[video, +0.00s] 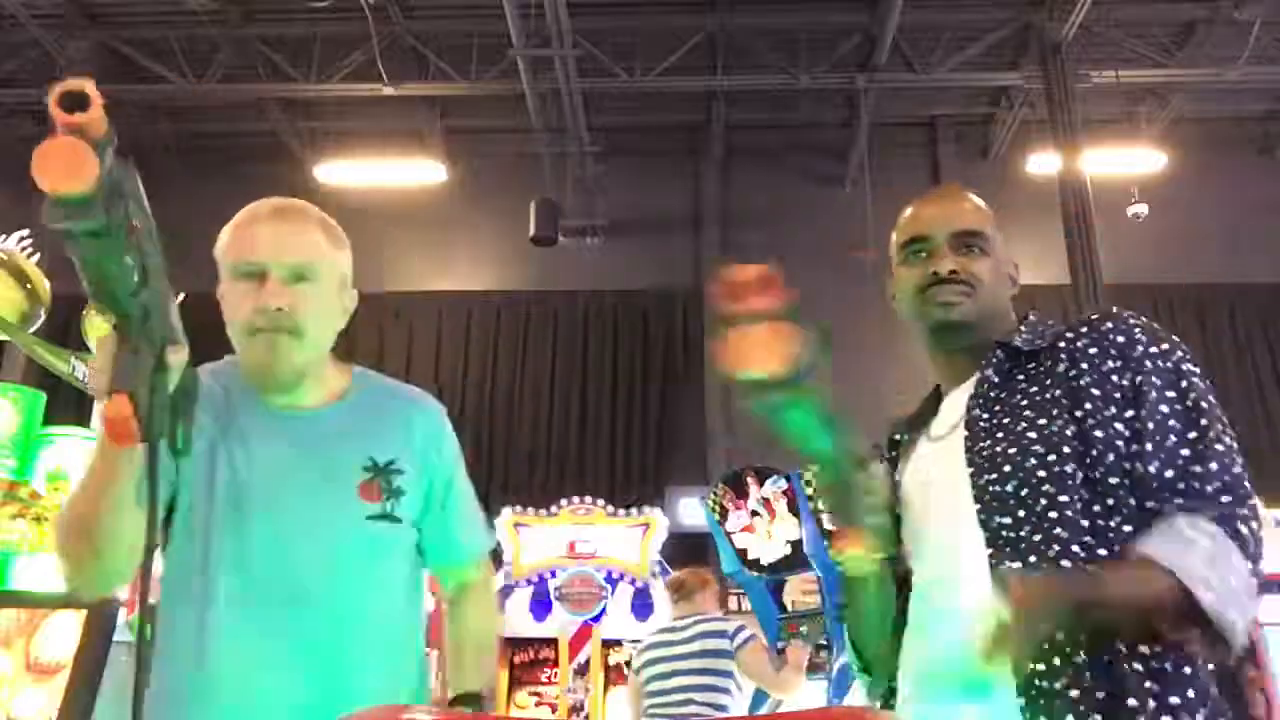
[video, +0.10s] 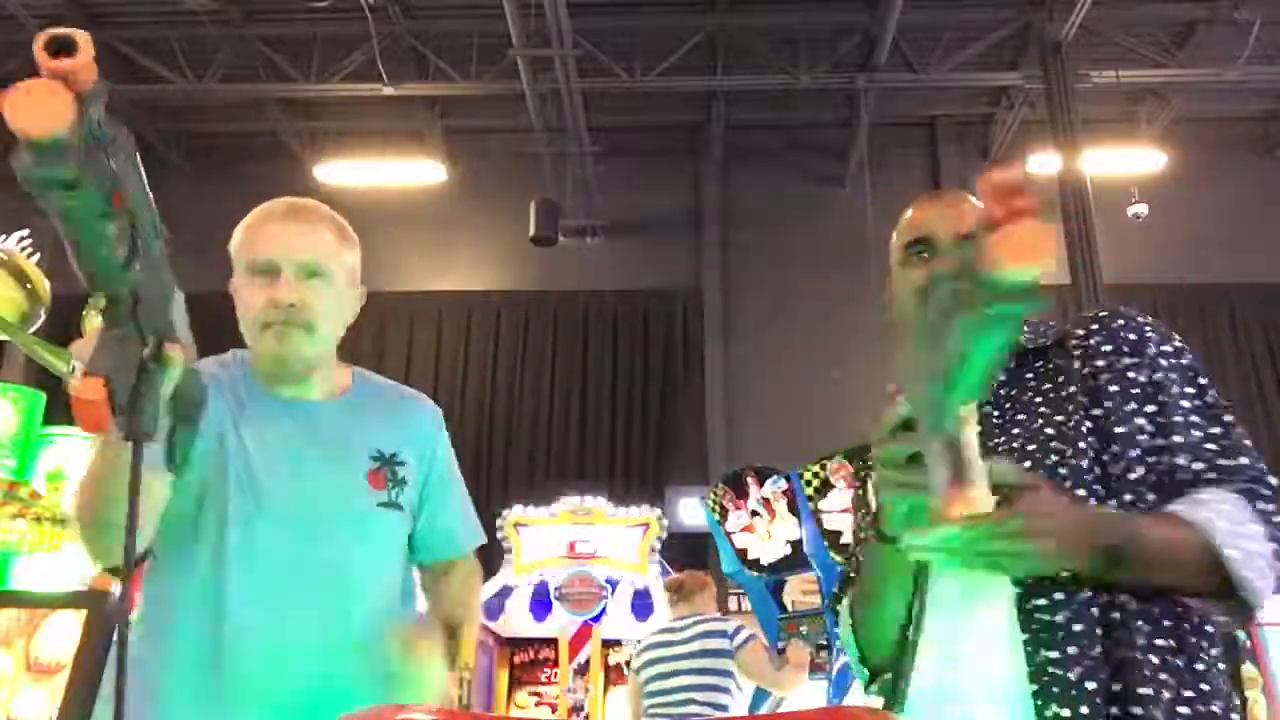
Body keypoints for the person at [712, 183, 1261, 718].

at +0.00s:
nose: (942, 263)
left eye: (968, 246)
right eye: (916, 251)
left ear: (1011, 274)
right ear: (893, 291)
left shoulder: (1111, 353)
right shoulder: (898, 454)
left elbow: (1217, 564)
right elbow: (891, 672)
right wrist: (859, 545)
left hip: (1112, 703)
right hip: (938, 708)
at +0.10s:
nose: (949, 267)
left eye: (975, 243)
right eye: (919, 250)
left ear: (1017, 262)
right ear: (891, 293)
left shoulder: (1112, 350)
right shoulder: (907, 428)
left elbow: (1253, 544)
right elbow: (875, 650)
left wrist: (1096, 537)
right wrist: (894, 529)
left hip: (1120, 703)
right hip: (944, 707)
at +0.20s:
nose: (949, 272)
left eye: (972, 256)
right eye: (920, 258)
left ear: (1005, 286)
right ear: (888, 298)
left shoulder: (1147, 398)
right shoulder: (871, 475)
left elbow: (1250, 517)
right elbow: (853, 662)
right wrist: (920, 536)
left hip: (1135, 701)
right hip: (953, 708)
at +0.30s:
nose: (952, 275)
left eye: (975, 257)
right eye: (924, 261)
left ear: (1009, 290)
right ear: (893, 298)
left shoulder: (1130, 413)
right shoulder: (854, 482)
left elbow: (1260, 562)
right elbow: (853, 656)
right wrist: (914, 535)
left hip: (1134, 708)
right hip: (950, 711)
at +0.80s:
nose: (963, 266)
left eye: (986, 246)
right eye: (935, 249)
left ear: (1023, 266)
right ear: (903, 288)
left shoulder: (1109, 358)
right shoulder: (891, 459)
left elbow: (1208, 512)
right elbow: (874, 660)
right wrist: (903, 542)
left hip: (1134, 701)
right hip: (961, 706)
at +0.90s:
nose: (963, 260)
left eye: (989, 243)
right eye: (935, 244)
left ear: (1023, 277)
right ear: (903, 283)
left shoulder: (1114, 348)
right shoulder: (897, 409)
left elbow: (1138, 504)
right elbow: (881, 665)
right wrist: (879, 528)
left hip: (1115, 699)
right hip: (953, 704)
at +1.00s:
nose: (952, 262)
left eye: (977, 244)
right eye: (925, 247)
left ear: (1012, 274)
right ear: (897, 282)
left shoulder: (1102, 350)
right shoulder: (893, 419)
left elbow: (1134, 513)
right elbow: (871, 667)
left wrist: (967, 437)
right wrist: (868, 537)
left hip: (1107, 699)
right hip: (944, 705)